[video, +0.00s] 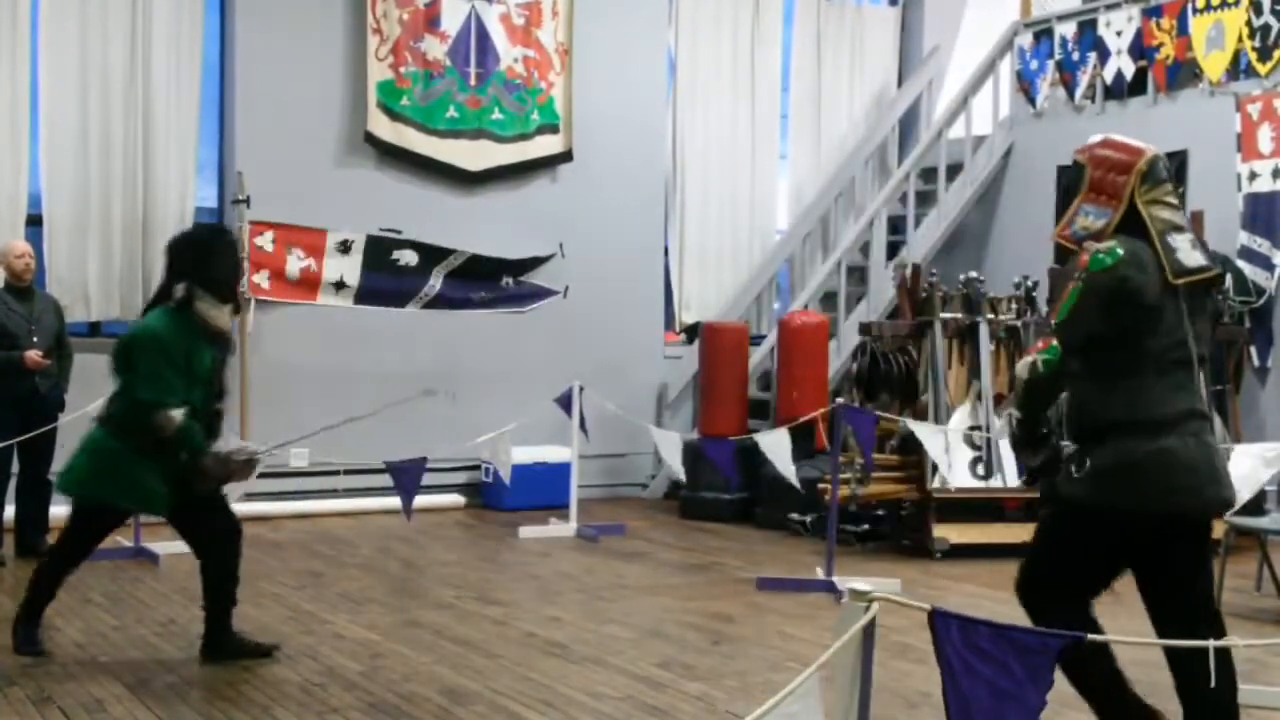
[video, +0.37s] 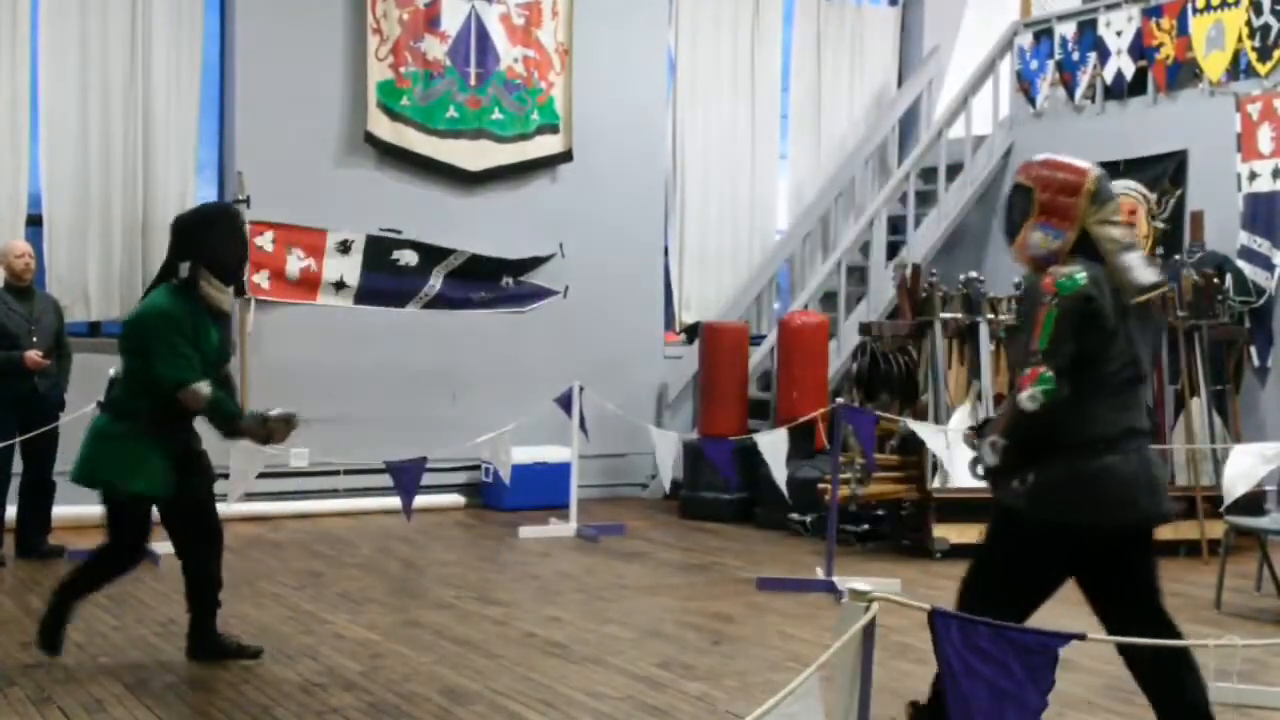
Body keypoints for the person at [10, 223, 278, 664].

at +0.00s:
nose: (237, 274)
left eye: (235, 264)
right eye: (228, 264)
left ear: (206, 274)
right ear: (199, 272)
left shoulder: (212, 332)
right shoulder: (157, 332)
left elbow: (207, 404)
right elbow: (156, 411)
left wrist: (207, 448)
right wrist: (200, 451)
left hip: (171, 466)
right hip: (122, 462)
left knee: (222, 535)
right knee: (74, 545)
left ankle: (219, 636)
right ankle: (27, 621)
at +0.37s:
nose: (244, 256)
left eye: (243, 246)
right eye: (236, 246)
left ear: (205, 253)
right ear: (208, 252)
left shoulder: (209, 309)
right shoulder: (161, 312)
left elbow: (216, 376)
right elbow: (189, 392)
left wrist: (240, 422)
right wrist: (246, 423)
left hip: (176, 442)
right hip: (127, 442)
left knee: (203, 538)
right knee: (126, 546)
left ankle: (203, 636)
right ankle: (61, 603)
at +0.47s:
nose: (250, 255)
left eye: (251, 244)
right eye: (242, 244)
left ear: (216, 250)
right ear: (212, 247)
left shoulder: (215, 307)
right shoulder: (171, 308)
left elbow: (224, 378)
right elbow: (207, 385)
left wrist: (259, 421)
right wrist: (260, 426)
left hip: (181, 437)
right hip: (138, 436)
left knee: (203, 536)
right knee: (154, 536)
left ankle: (204, 636)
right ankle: (99, 636)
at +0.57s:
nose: (262, 263)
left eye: (264, 253)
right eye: (256, 252)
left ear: (226, 253)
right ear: (226, 251)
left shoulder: (223, 308)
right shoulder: (176, 306)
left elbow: (224, 380)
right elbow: (209, 385)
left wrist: (251, 425)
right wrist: (251, 430)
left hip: (188, 437)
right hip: (149, 437)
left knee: (212, 537)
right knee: (167, 537)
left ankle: (205, 636)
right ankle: (148, 662)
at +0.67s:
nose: (271, 271)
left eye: (271, 259)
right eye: (263, 260)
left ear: (225, 265)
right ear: (233, 265)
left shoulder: (222, 316)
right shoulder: (193, 325)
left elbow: (211, 400)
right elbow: (207, 409)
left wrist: (235, 438)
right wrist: (241, 446)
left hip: (189, 454)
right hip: (155, 456)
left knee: (222, 546)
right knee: (190, 551)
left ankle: (205, 637)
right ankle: (181, 680)